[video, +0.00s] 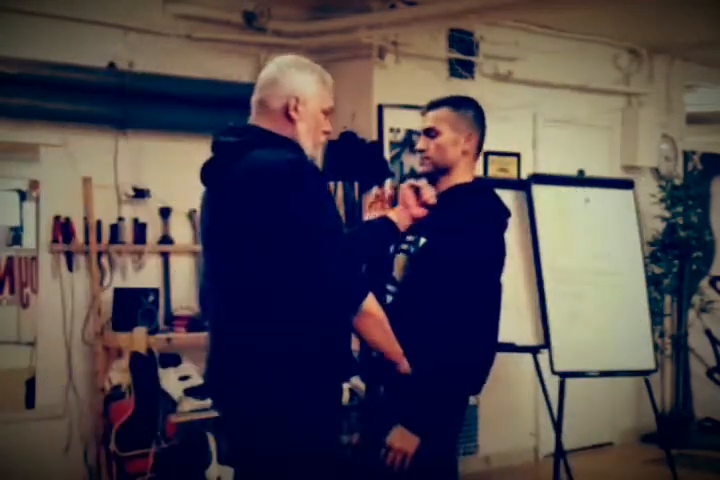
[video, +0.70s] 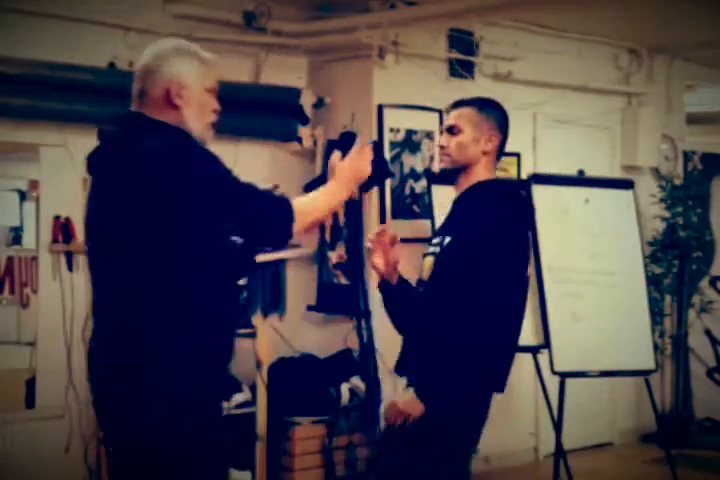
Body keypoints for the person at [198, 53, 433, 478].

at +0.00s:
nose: (330, 129)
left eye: (330, 116)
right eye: (325, 114)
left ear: (287, 108)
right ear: (294, 109)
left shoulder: (231, 169)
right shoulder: (292, 175)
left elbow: (326, 260)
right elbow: (348, 294)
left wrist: (394, 219)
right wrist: (399, 359)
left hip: (244, 382)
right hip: (296, 390)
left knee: (259, 468)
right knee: (302, 469)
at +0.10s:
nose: (330, 131)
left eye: (331, 118)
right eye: (325, 116)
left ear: (287, 109)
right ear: (292, 110)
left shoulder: (233, 170)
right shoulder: (289, 176)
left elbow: (326, 252)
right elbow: (344, 291)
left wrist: (406, 217)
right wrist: (400, 362)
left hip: (247, 386)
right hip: (295, 393)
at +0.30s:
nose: (312, 130)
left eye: (312, 117)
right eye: (306, 115)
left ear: (267, 114)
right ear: (272, 116)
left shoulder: (206, 180)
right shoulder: (270, 183)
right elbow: (317, 294)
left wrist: (329, 253)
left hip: (228, 388)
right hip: (279, 396)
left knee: (253, 471)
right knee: (300, 470)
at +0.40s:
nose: (294, 128)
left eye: (294, 115)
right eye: (289, 112)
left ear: (248, 109)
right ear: (256, 111)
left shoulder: (183, 179)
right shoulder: (258, 179)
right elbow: (333, 296)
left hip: (196, 398)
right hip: (256, 404)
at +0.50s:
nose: (272, 119)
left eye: (272, 105)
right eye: (268, 103)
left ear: (226, 101)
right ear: (236, 102)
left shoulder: (161, 169)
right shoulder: (238, 170)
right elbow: (325, 261)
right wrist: (356, 216)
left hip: (172, 387)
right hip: (236, 391)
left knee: (186, 468)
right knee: (247, 468)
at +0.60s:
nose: (246, 109)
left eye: (245, 97)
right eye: (241, 95)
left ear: (176, 94)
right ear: (209, 93)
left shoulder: (138, 157)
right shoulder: (211, 160)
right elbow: (306, 232)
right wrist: (345, 176)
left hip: (147, 370)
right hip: (206, 375)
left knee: (169, 467)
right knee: (219, 468)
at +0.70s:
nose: (218, 106)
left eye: (217, 94)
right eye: (210, 91)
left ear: (171, 95)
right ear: (176, 95)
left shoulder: (117, 158)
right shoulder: (176, 158)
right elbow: (277, 222)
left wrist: (292, 225)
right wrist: (343, 184)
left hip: (126, 378)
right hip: (177, 382)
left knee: (139, 469)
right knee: (190, 470)